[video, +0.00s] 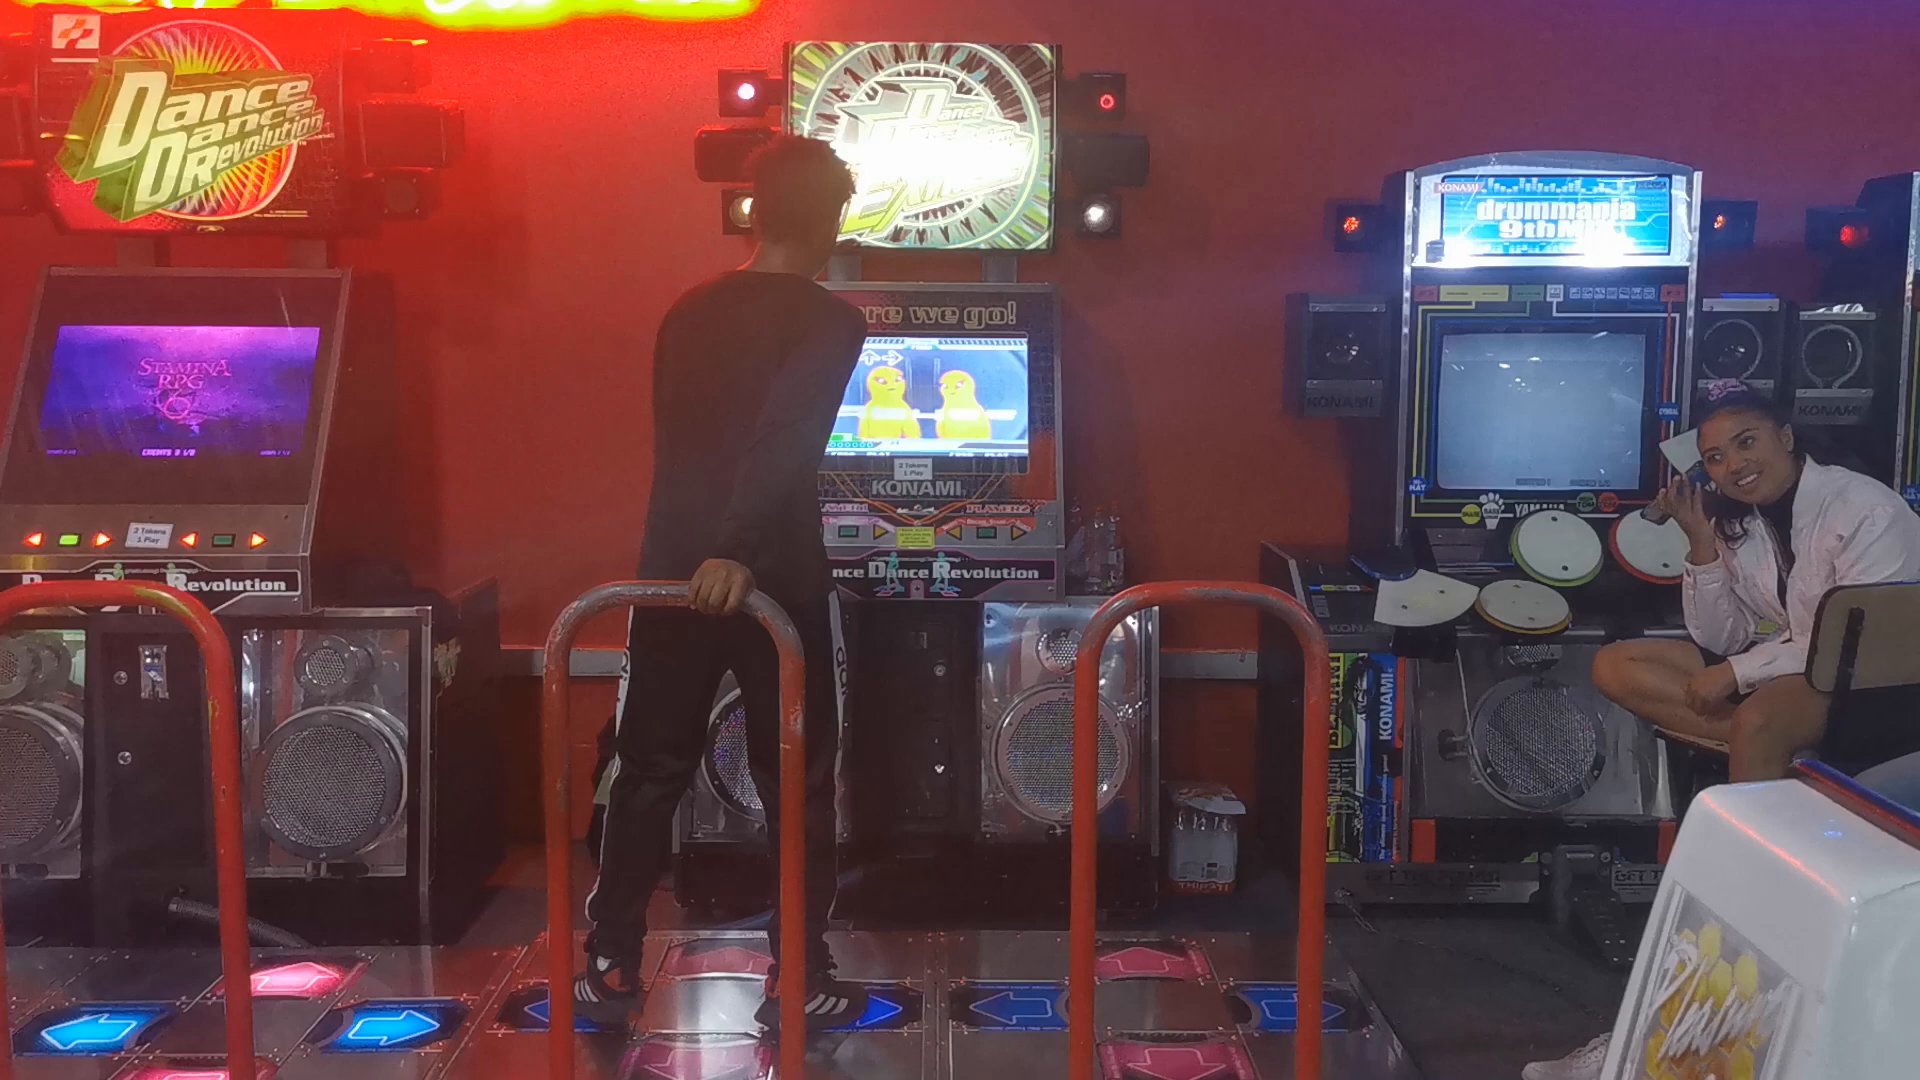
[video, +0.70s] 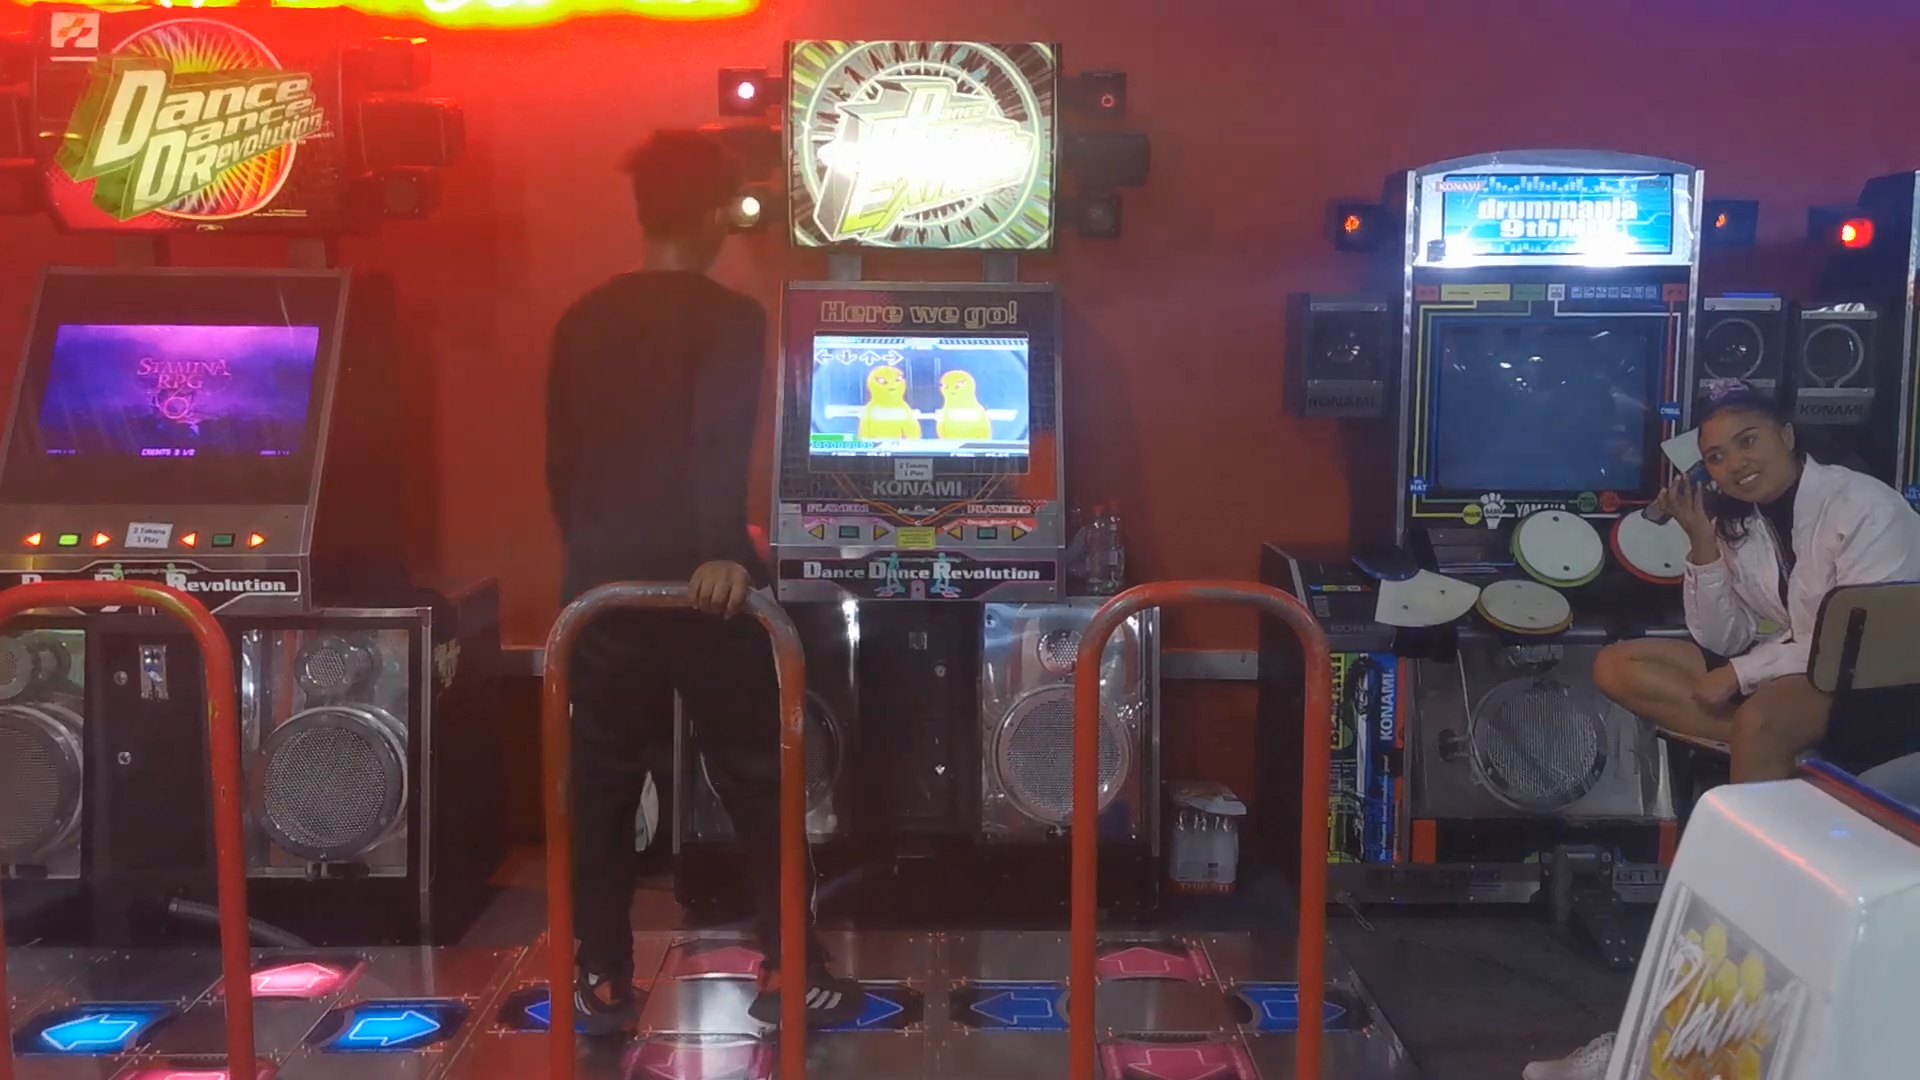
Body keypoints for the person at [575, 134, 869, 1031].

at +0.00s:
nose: (840, 233)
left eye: (836, 218)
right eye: (839, 219)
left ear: (755, 220)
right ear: (828, 226)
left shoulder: (686, 312)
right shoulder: (830, 319)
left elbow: (673, 442)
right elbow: (787, 437)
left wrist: (699, 545)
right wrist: (737, 547)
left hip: (676, 564)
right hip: (778, 575)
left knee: (650, 768)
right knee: (798, 782)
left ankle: (609, 967)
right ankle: (800, 983)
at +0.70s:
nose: (736, 224)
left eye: (732, 208)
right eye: (731, 209)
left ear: (646, 215)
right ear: (711, 217)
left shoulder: (583, 318)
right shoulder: (732, 317)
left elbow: (564, 463)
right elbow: (724, 440)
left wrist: (595, 554)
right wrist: (722, 543)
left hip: (602, 574)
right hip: (707, 573)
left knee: (604, 777)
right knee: (757, 770)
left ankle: (602, 977)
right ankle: (799, 963)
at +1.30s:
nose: (808, 212)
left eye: (800, 198)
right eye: (803, 200)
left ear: (719, 209)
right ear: (790, 210)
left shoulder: (656, 310)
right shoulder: (806, 309)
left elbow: (644, 451)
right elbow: (768, 427)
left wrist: (664, 546)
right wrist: (731, 542)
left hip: (657, 572)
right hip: (760, 575)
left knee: (637, 770)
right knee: (789, 772)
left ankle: (605, 968)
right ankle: (806, 973)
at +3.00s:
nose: (779, 226)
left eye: (775, 210)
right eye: (776, 210)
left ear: (683, 214)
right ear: (762, 217)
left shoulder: (616, 308)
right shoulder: (771, 317)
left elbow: (581, 447)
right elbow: (744, 431)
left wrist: (605, 543)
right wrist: (725, 534)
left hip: (616, 575)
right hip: (724, 578)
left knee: (611, 780)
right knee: (761, 771)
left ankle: (601, 976)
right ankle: (805, 973)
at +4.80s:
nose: (861, 245)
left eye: (854, 229)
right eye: (862, 231)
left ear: (776, 230)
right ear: (856, 237)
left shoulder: (709, 323)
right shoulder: (854, 331)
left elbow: (678, 458)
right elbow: (798, 436)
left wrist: (723, 536)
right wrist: (735, 543)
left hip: (689, 563)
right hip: (790, 571)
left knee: (657, 771)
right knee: (814, 783)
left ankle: (610, 972)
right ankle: (814, 985)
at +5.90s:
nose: (764, 247)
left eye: (755, 231)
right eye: (764, 233)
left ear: (679, 232)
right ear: (757, 237)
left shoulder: (614, 326)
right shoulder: (765, 336)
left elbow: (568, 468)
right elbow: (741, 442)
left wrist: (554, 593)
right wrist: (724, 544)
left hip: (606, 576)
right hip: (702, 577)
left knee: (600, 785)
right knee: (703, 773)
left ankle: (602, 973)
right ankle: (704, 964)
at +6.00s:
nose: (771, 243)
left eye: (762, 228)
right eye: (764, 229)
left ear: (691, 235)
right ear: (753, 236)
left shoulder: (627, 326)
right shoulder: (773, 341)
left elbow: (590, 462)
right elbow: (748, 448)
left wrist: (576, 582)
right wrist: (726, 547)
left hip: (612, 578)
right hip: (711, 582)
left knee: (597, 766)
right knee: (709, 771)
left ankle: (589, 949)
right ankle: (703, 951)